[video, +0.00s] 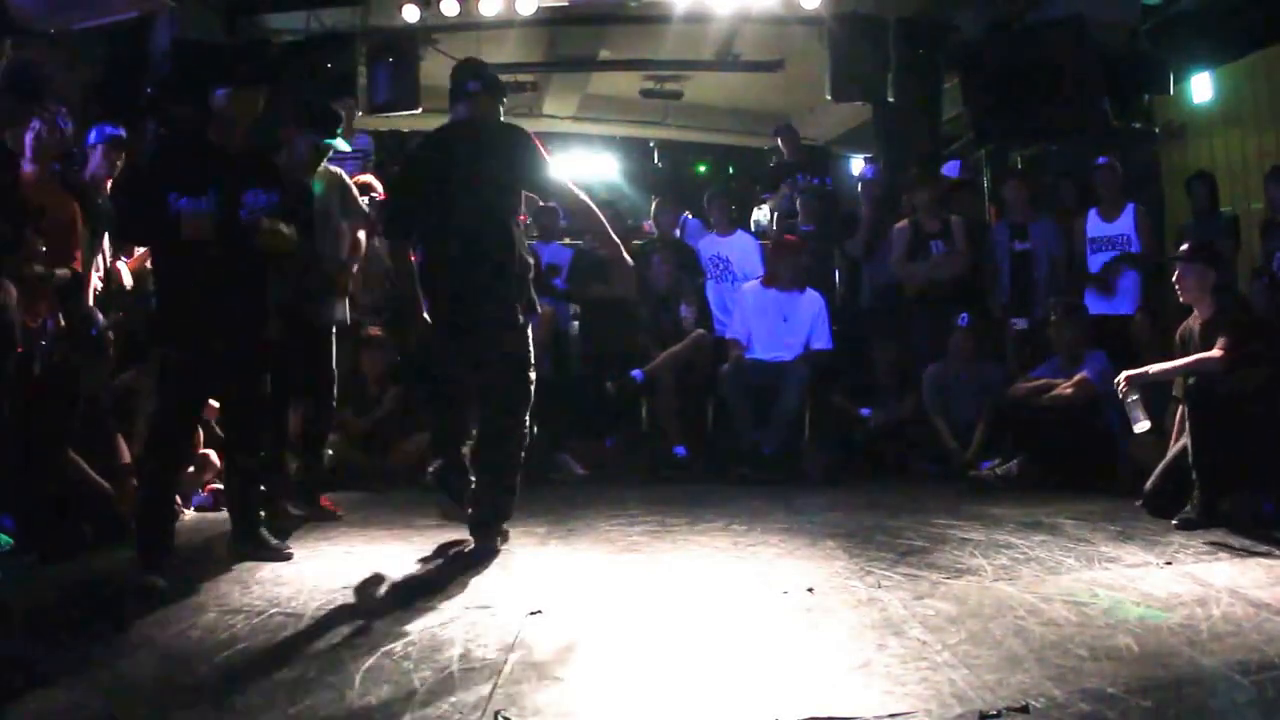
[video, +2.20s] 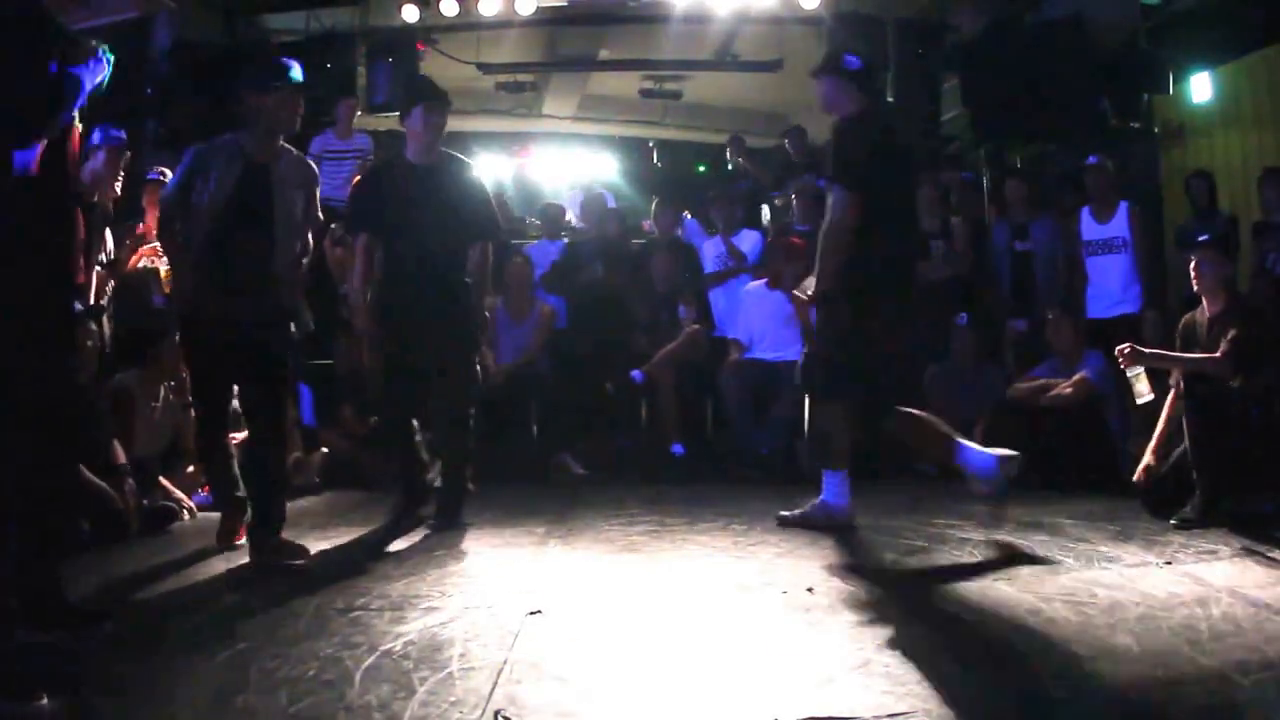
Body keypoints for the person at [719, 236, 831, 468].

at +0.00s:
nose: (795, 265)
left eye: (797, 258)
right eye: (787, 258)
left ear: (801, 261)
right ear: (774, 261)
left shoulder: (813, 300)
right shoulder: (749, 292)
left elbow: (821, 349)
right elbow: (736, 338)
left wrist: (800, 361)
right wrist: (737, 357)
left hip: (789, 361)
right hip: (755, 361)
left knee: (799, 376)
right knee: (730, 375)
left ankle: (774, 446)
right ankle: (746, 445)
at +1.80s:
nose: (796, 269)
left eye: (800, 263)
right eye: (790, 262)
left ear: (805, 266)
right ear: (777, 264)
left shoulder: (816, 302)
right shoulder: (752, 292)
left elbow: (821, 351)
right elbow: (738, 339)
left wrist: (802, 360)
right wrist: (733, 357)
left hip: (790, 364)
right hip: (754, 363)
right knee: (730, 374)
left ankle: (778, 449)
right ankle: (747, 447)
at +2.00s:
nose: (794, 269)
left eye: (799, 263)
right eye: (788, 262)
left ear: (805, 266)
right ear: (776, 264)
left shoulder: (816, 301)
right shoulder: (753, 292)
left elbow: (821, 352)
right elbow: (740, 339)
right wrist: (733, 356)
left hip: (792, 361)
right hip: (756, 360)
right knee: (732, 376)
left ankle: (775, 450)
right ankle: (745, 448)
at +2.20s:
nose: (793, 268)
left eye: (796, 262)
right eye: (789, 260)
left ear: (802, 265)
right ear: (773, 262)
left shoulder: (805, 294)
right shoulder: (752, 292)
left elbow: (812, 339)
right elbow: (740, 338)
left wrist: (797, 305)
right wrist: (734, 355)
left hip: (791, 361)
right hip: (757, 360)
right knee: (731, 376)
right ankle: (744, 444)